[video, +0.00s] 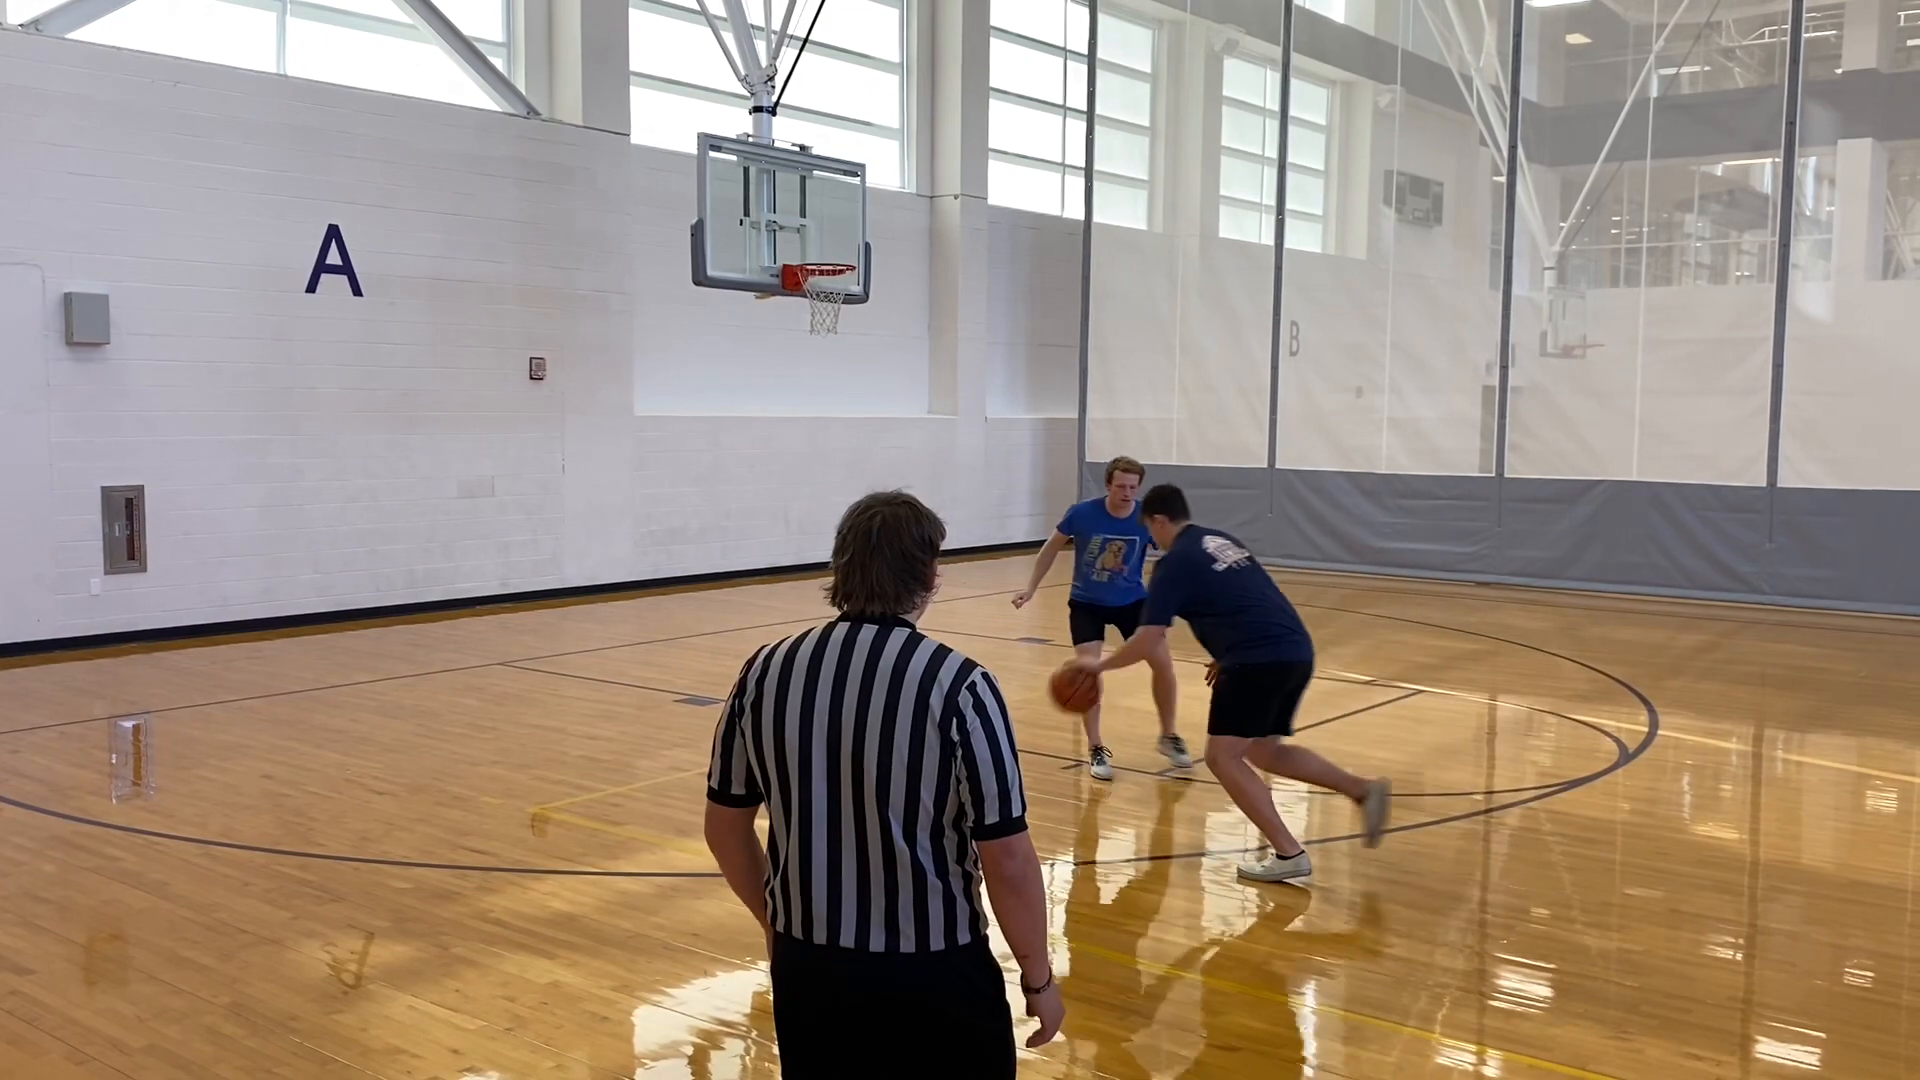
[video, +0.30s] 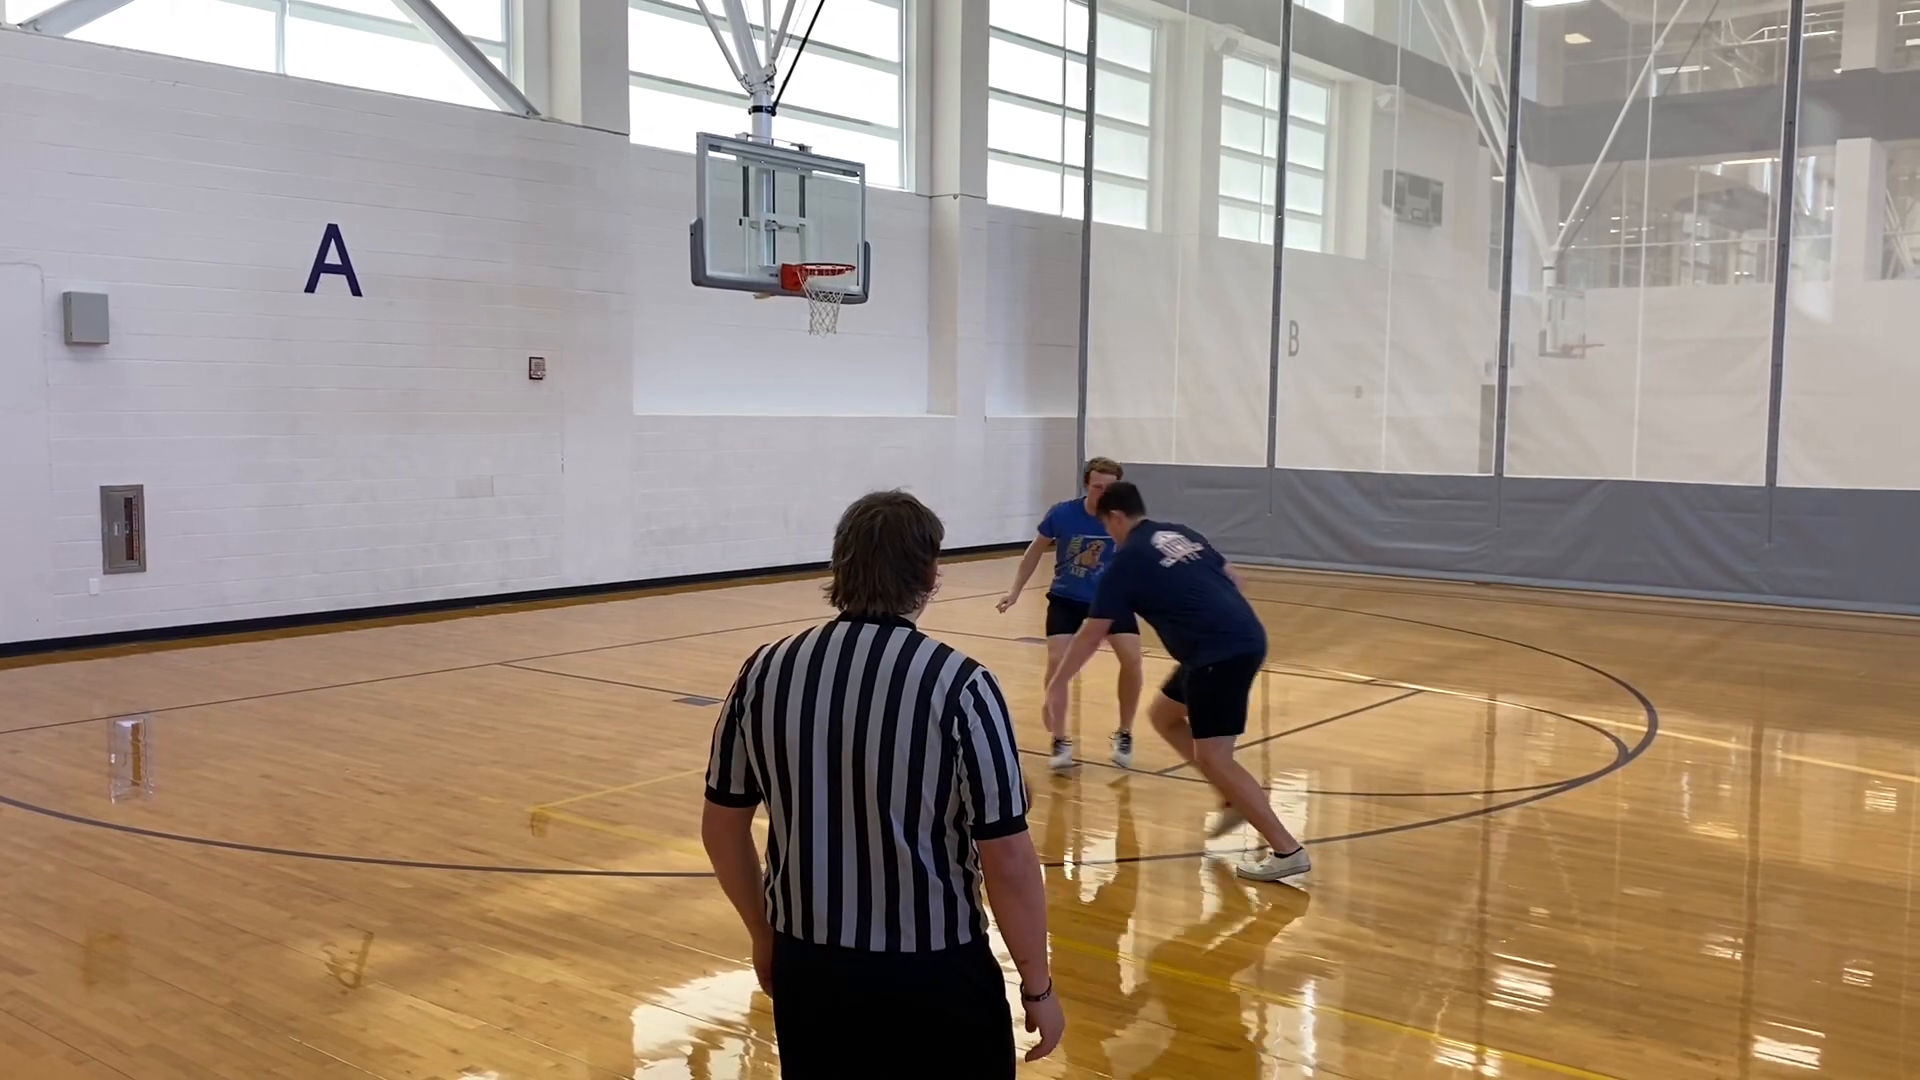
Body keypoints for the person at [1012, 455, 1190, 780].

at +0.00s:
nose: (1126, 493)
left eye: (1132, 487)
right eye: (1120, 486)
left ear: (1138, 488)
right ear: (1107, 485)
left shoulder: (1147, 519)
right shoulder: (1081, 514)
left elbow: (1177, 552)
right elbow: (1053, 545)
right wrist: (1031, 588)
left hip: (1132, 601)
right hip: (1087, 602)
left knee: (1163, 661)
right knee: (1088, 672)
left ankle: (1169, 736)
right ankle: (1096, 748)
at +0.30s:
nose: (1102, 493)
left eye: (1109, 488)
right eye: (1097, 486)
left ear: (1117, 489)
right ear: (1086, 484)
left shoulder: (1122, 517)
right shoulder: (1062, 514)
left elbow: (1139, 557)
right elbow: (1035, 551)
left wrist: (1143, 595)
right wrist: (1015, 592)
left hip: (1111, 599)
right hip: (1067, 598)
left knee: (1133, 662)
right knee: (1058, 661)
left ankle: (1125, 733)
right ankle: (1060, 740)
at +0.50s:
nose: (1084, 495)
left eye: (1088, 489)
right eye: (1078, 488)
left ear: (1091, 493)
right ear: (1068, 491)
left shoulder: (1105, 522)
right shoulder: (1045, 522)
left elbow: (1125, 565)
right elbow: (1021, 561)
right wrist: (1002, 601)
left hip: (1095, 603)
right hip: (1051, 600)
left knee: (1112, 672)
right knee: (1027, 662)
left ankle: (1111, 743)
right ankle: (1015, 734)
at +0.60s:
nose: (1057, 513)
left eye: (1057, 506)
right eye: (1055, 507)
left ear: (1068, 500)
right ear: (1053, 504)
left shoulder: (1097, 524)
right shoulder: (1039, 527)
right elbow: (1015, 565)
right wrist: (994, 606)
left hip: (1087, 607)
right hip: (1045, 605)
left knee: (1108, 675)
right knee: (1013, 668)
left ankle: (1107, 748)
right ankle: (991, 732)